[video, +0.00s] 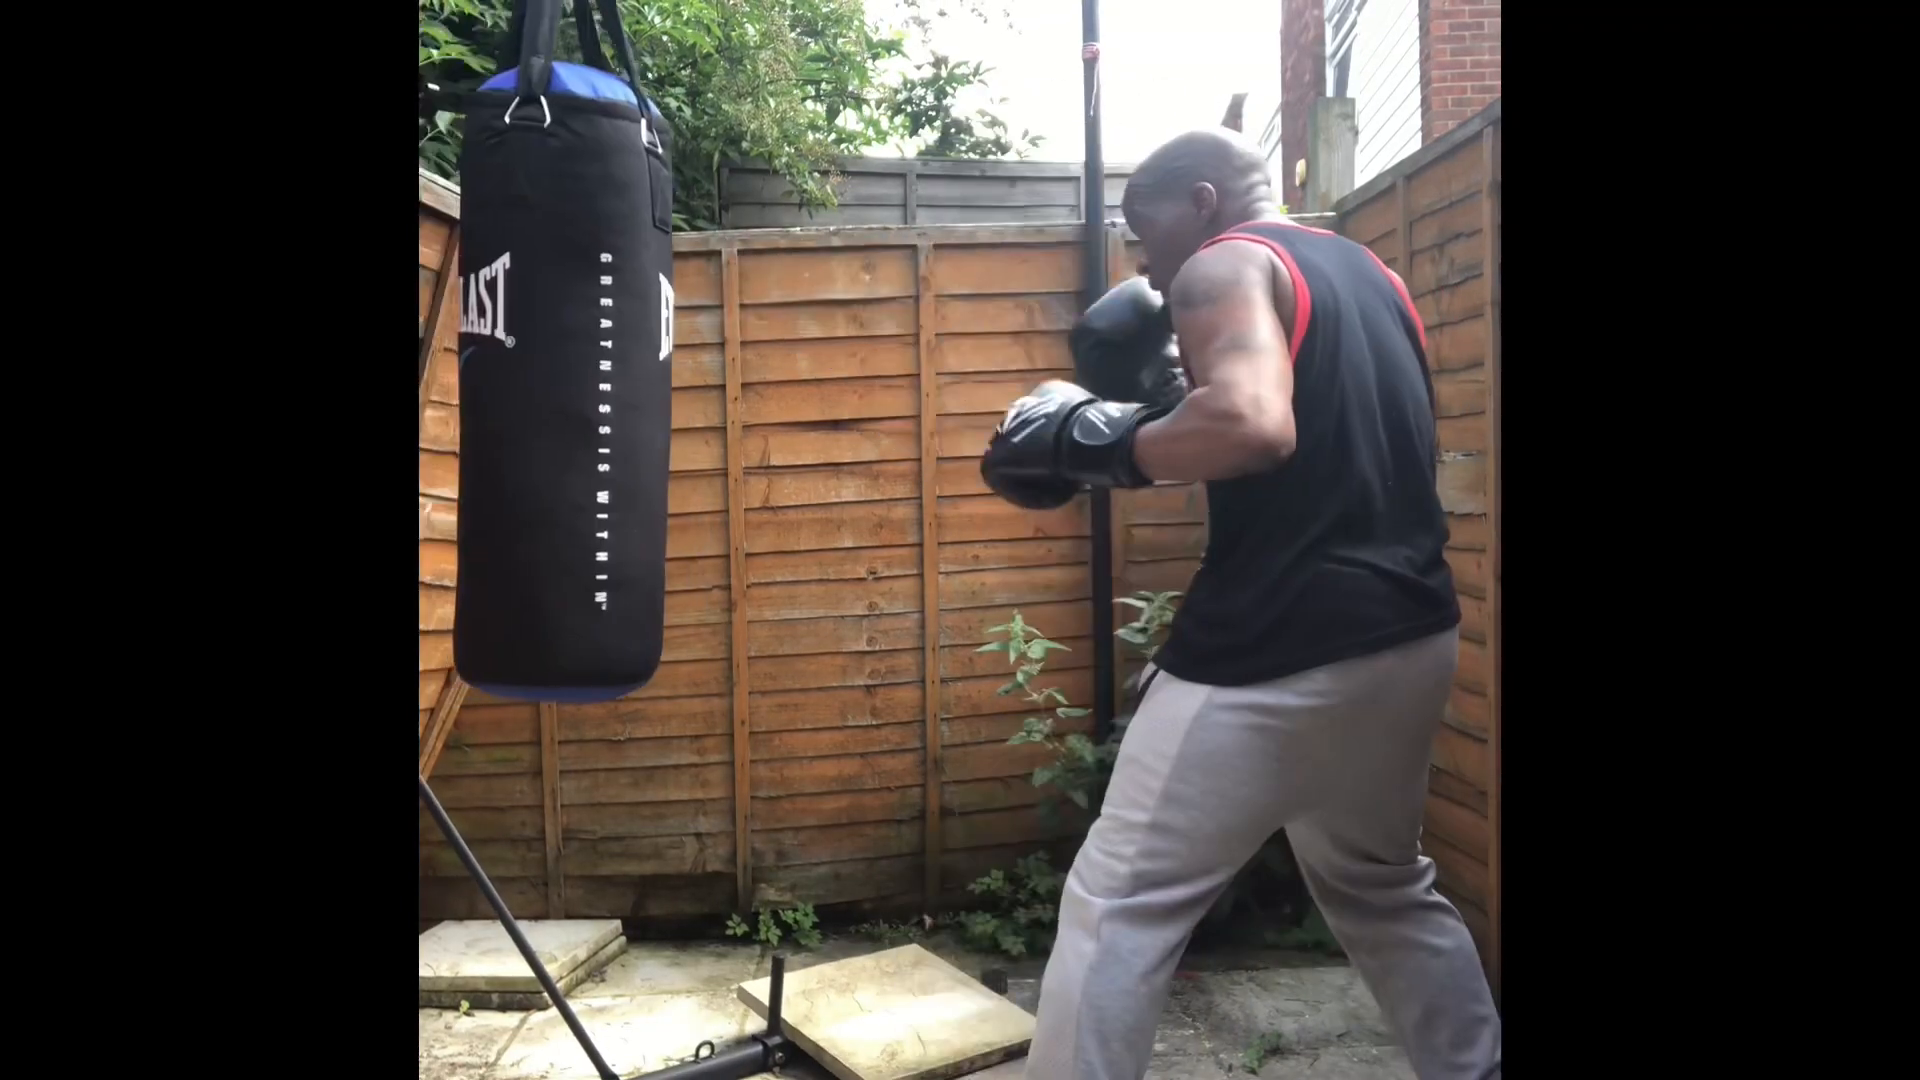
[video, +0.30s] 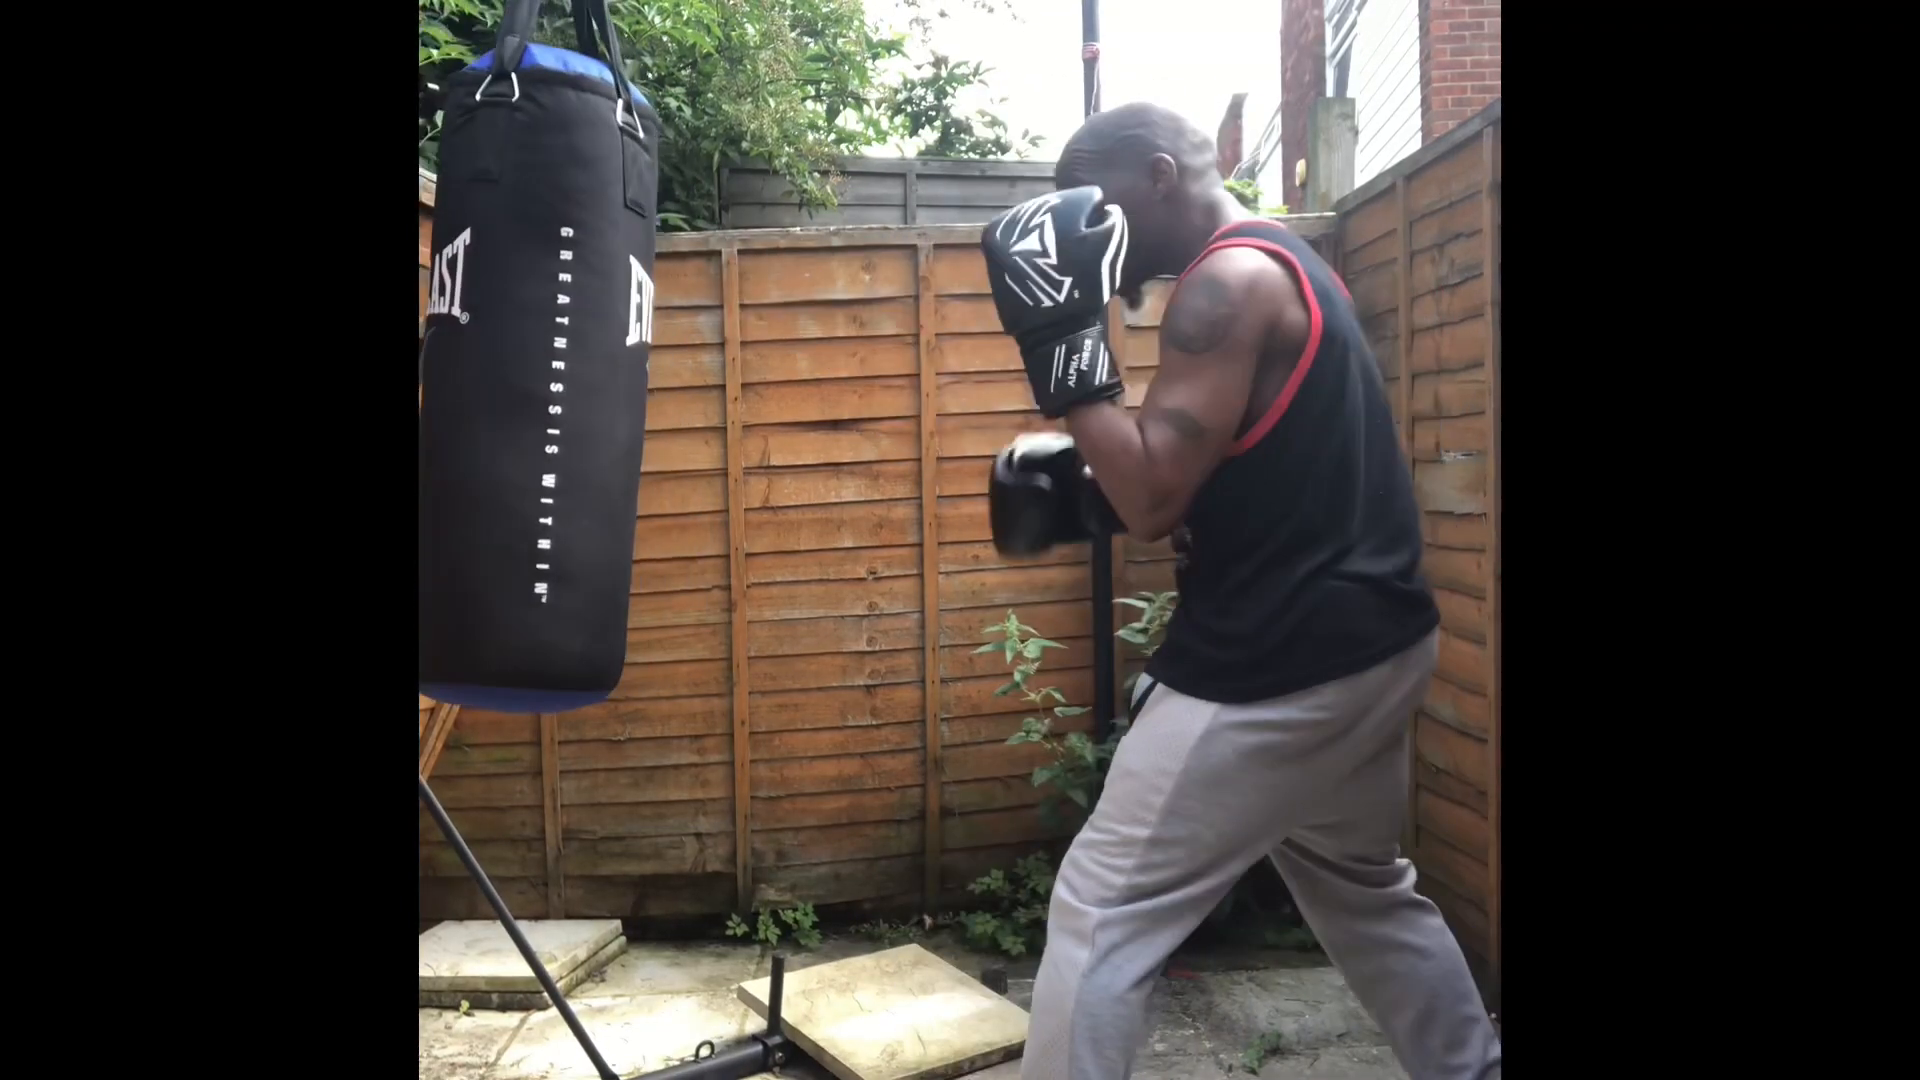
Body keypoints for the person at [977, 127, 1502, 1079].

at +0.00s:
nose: (1142, 260)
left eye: (1144, 233)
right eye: (1135, 238)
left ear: (1206, 204)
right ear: (1241, 201)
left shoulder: (1225, 266)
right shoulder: (1371, 271)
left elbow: (1252, 422)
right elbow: (1358, 410)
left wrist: (1097, 439)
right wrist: (1185, 360)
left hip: (1270, 647)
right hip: (1410, 638)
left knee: (1116, 908)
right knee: (1381, 882)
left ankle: (1068, 1071)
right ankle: (1476, 1066)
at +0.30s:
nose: (1098, 236)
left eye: (1101, 207)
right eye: (1086, 216)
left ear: (1162, 179)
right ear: (1181, 181)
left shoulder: (1230, 279)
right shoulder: (1283, 259)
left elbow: (1146, 494)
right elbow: (1255, 473)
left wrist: (1063, 339)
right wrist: (1102, 492)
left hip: (1267, 657)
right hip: (1372, 631)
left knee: (1100, 913)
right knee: (1362, 886)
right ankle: (1472, 1066)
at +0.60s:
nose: (1027, 216)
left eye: (1041, 189)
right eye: (1026, 192)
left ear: (1124, 186)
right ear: (1133, 191)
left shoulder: (1179, 283)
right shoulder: (1197, 273)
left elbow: (1232, 485)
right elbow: (1186, 465)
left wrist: (1041, 469)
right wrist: (1081, 395)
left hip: (1233, 662)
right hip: (1325, 636)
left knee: (1065, 899)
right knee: (1332, 877)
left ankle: (1032, 1072)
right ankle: (1470, 1064)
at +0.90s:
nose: (1094, 213)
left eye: (1101, 187)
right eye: (1091, 189)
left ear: (1165, 173)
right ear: (1209, 176)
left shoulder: (1180, 254)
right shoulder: (1325, 257)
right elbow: (1279, 405)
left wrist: (1006, 332)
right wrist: (1132, 400)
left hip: (1232, 649)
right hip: (1379, 626)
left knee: (1079, 892)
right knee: (1388, 879)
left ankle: (1042, 1070)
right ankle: (1479, 1062)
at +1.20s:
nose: (1056, 262)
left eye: (1061, 233)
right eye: (1049, 240)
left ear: (1129, 210)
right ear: (1156, 210)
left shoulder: (1175, 278)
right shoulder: (1261, 277)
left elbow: (1065, 471)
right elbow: (1167, 432)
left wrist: (968, 345)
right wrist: (1050, 366)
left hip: (1234, 676)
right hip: (1351, 654)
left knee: (1049, 895)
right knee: (1333, 887)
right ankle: (1470, 1065)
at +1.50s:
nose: (1041, 260)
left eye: (1051, 231)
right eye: (1036, 237)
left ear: (1138, 212)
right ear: (1140, 219)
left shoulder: (1255, 322)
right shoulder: (1132, 331)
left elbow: (1248, 547)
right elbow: (1134, 494)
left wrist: (1085, 457)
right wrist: (1042, 443)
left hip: (1264, 689)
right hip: (1230, 676)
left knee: (1064, 899)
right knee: (1293, 895)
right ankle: (1469, 1059)